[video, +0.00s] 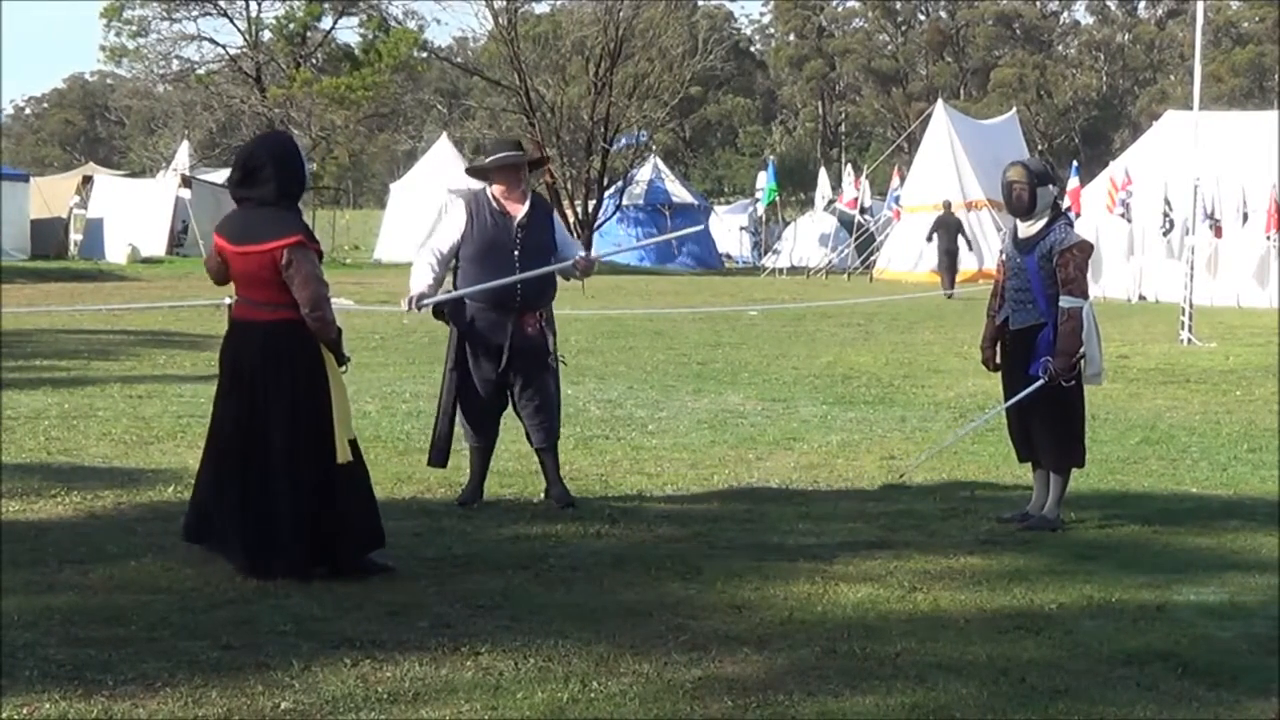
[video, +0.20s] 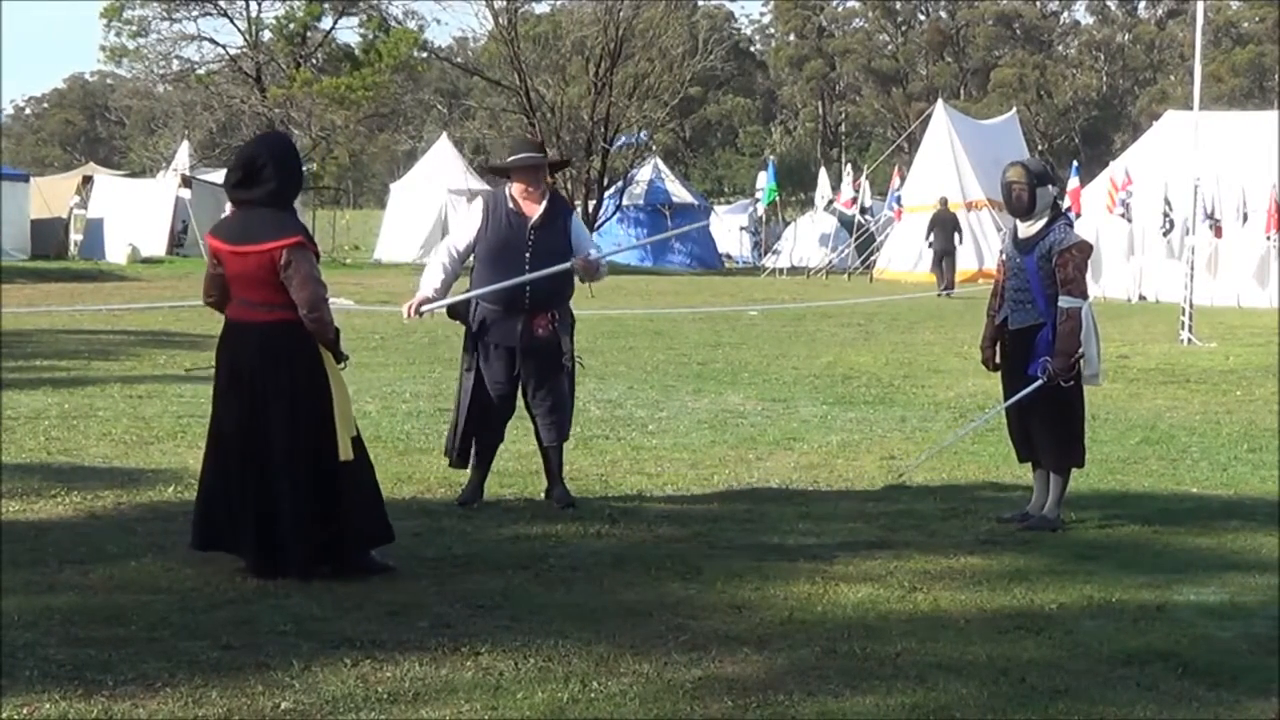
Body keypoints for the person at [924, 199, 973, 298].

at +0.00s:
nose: (946, 208)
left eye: (945, 206)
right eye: (948, 206)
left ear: (943, 207)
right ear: (951, 207)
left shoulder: (939, 219)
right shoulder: (956, 219)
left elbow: (932, 229)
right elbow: (964, 233)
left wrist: (929, 237)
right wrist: (969, 245)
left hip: (943, 247)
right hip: (953, 247)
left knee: (944, 268)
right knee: (952, 268)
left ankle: (947, 289)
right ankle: (951, 289)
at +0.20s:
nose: (942, 205)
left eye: (941, 203)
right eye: (944, 203)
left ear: (939, 204)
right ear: (947, 203)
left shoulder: (936, 215)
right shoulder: (952, 215)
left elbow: (930, 227)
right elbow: (958, 228)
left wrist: (926, 237)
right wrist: (960, 239)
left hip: (938, 246)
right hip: (950, 246)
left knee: (937, 265)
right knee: (950, 266)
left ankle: (941, 284)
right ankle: (949, 287)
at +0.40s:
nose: (938, 207)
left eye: (937, 205)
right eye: (940, 205)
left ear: (935, 206)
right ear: (943, 205)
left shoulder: (931, 217)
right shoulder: (948, 217)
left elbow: (927, 232)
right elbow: (955, 230)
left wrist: (924, 242)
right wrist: (947, 234)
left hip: (934, 246)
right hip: (945, 246)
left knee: (933, 269)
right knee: (947, 269)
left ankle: (930, 289)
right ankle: (949, 289)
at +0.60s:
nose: (933, 206)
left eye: (931, 204)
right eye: (934, 204)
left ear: (930, 205)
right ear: (937, 204)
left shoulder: (926, 216)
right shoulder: (942, 216)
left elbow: (922, 230)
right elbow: (949, 228)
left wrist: (917, 240)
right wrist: (952, 238)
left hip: (929, 245)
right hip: (940, 245)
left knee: (929, 267)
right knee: (943, 265)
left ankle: (929, 287)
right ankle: (945, 284)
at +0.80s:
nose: (932, 204)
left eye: (931, 202)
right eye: (933, 202)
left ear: (928, 202)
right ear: (935, 202)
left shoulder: (923, 213)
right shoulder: (940, 213)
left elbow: (916, 225)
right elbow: (946, 227)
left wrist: (912, 234)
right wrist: (952, 240)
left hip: (927, 243)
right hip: (937, 243)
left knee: (928, 265)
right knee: (938, 265)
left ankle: (929, 286)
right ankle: (936, 285)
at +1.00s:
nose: (930, 206)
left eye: (929, 204)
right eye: (932, 204)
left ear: (927, 205)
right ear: (934, 205)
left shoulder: (922, 216)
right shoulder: (938, 216)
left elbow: (914, 227)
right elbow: (945, 229)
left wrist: (910, 236)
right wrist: (950, 240)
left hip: (925, 245)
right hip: (935, 245)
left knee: (926, 265)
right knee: (934, 265)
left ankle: (927, 286)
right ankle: (932, 284)